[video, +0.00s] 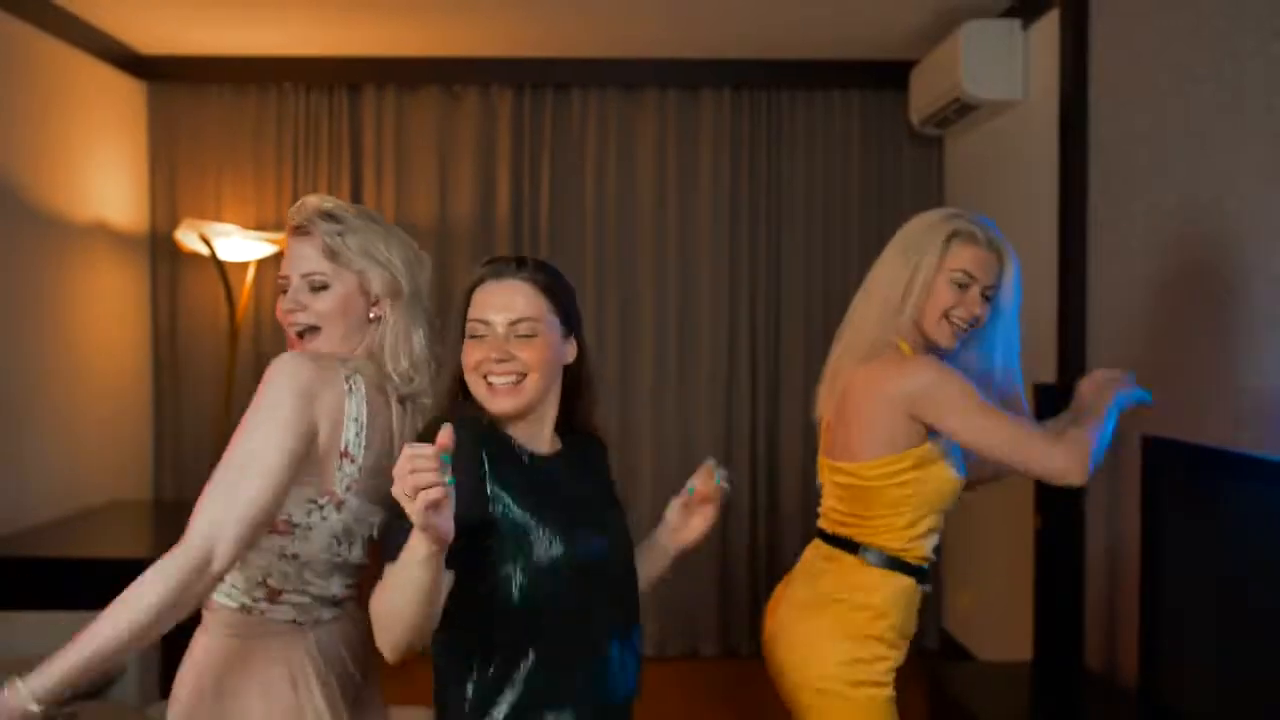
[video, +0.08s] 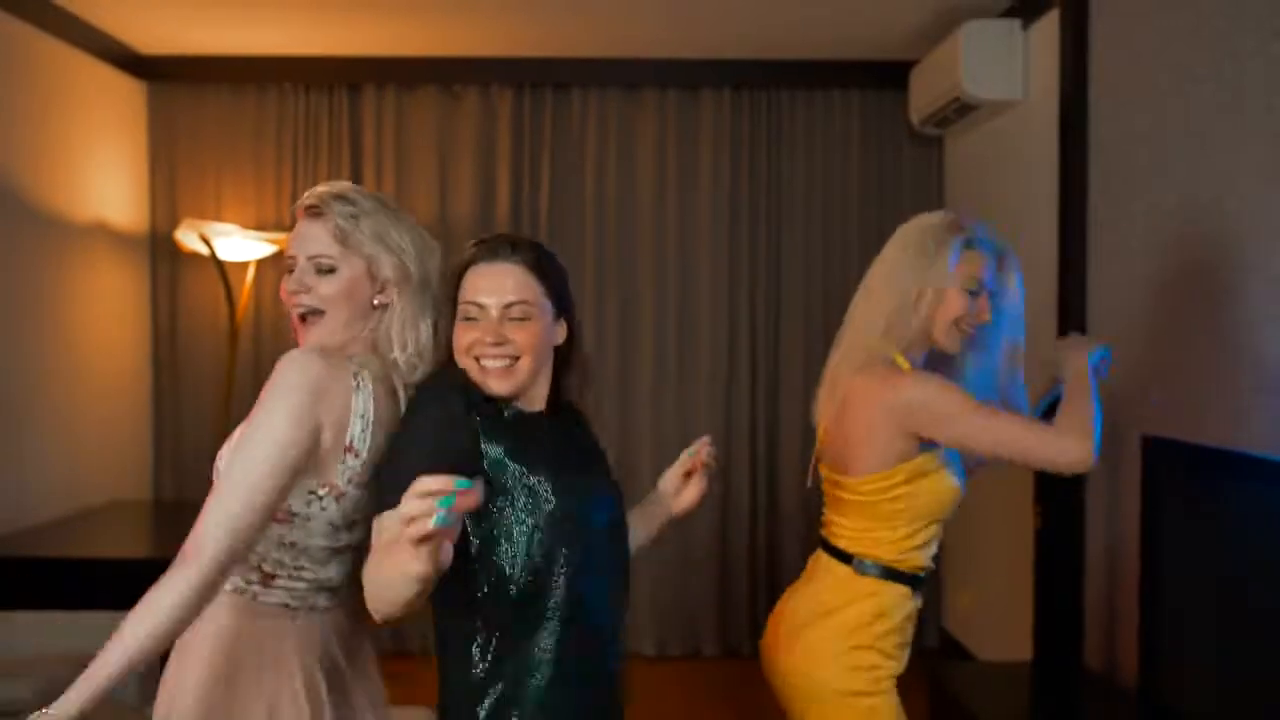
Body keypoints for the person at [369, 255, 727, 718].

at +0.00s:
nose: (497, 353)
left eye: (524, 333)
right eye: (479, 333)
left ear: (569, 347)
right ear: (460, 350)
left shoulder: (585, 457)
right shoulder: (453, 460)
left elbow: (600, 603)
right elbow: (393, 643)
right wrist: (427, 540)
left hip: (600, 708)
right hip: (495, 708)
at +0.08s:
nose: (491, 335)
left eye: (517, 316)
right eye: (472, 315)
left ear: (559, 328)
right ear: (452, 328)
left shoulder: (568, 426)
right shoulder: (445, 416)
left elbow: (584, 559)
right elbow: (380, 602)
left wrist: (660, 508)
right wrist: (415, 555)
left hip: (590, 700)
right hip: (494, 701)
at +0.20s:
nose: (484, 348)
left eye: (508, 328)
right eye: (462, 329)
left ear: (545, 344)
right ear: (440, 345)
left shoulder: (544, 455)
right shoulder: (427, 455)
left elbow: (586, 598)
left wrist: (660, 530)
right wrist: (418, 606)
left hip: (572, 704)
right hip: (479, 704)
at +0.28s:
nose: (479, 367)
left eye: (504, 347)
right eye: (457, 348)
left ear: (540, 362)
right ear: (434, 366)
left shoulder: (530, 486)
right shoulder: (420, 482)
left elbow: (577, 635)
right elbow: (402, 699)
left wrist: (632, 548)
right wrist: (429, 589)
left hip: (558, 709)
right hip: (470, 709)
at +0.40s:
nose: (476, 362)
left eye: (502, 343)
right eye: (456, 343)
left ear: (536, 362)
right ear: (433, 361)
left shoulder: (520, 483)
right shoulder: (420, 473)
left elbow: (568, 636)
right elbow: (377, 648)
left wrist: (608, 498)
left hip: (545, 705)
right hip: (451, 707)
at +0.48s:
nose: (470, 331)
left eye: (495, 314)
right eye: (449, 313)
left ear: (529, 330)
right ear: (427, 326)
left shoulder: (520, 443)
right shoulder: (412, 421)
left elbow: (564, 584)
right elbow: (371, 562)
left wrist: (627, 460)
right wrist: (415, 435)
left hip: (529, 702)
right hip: (431, 701)